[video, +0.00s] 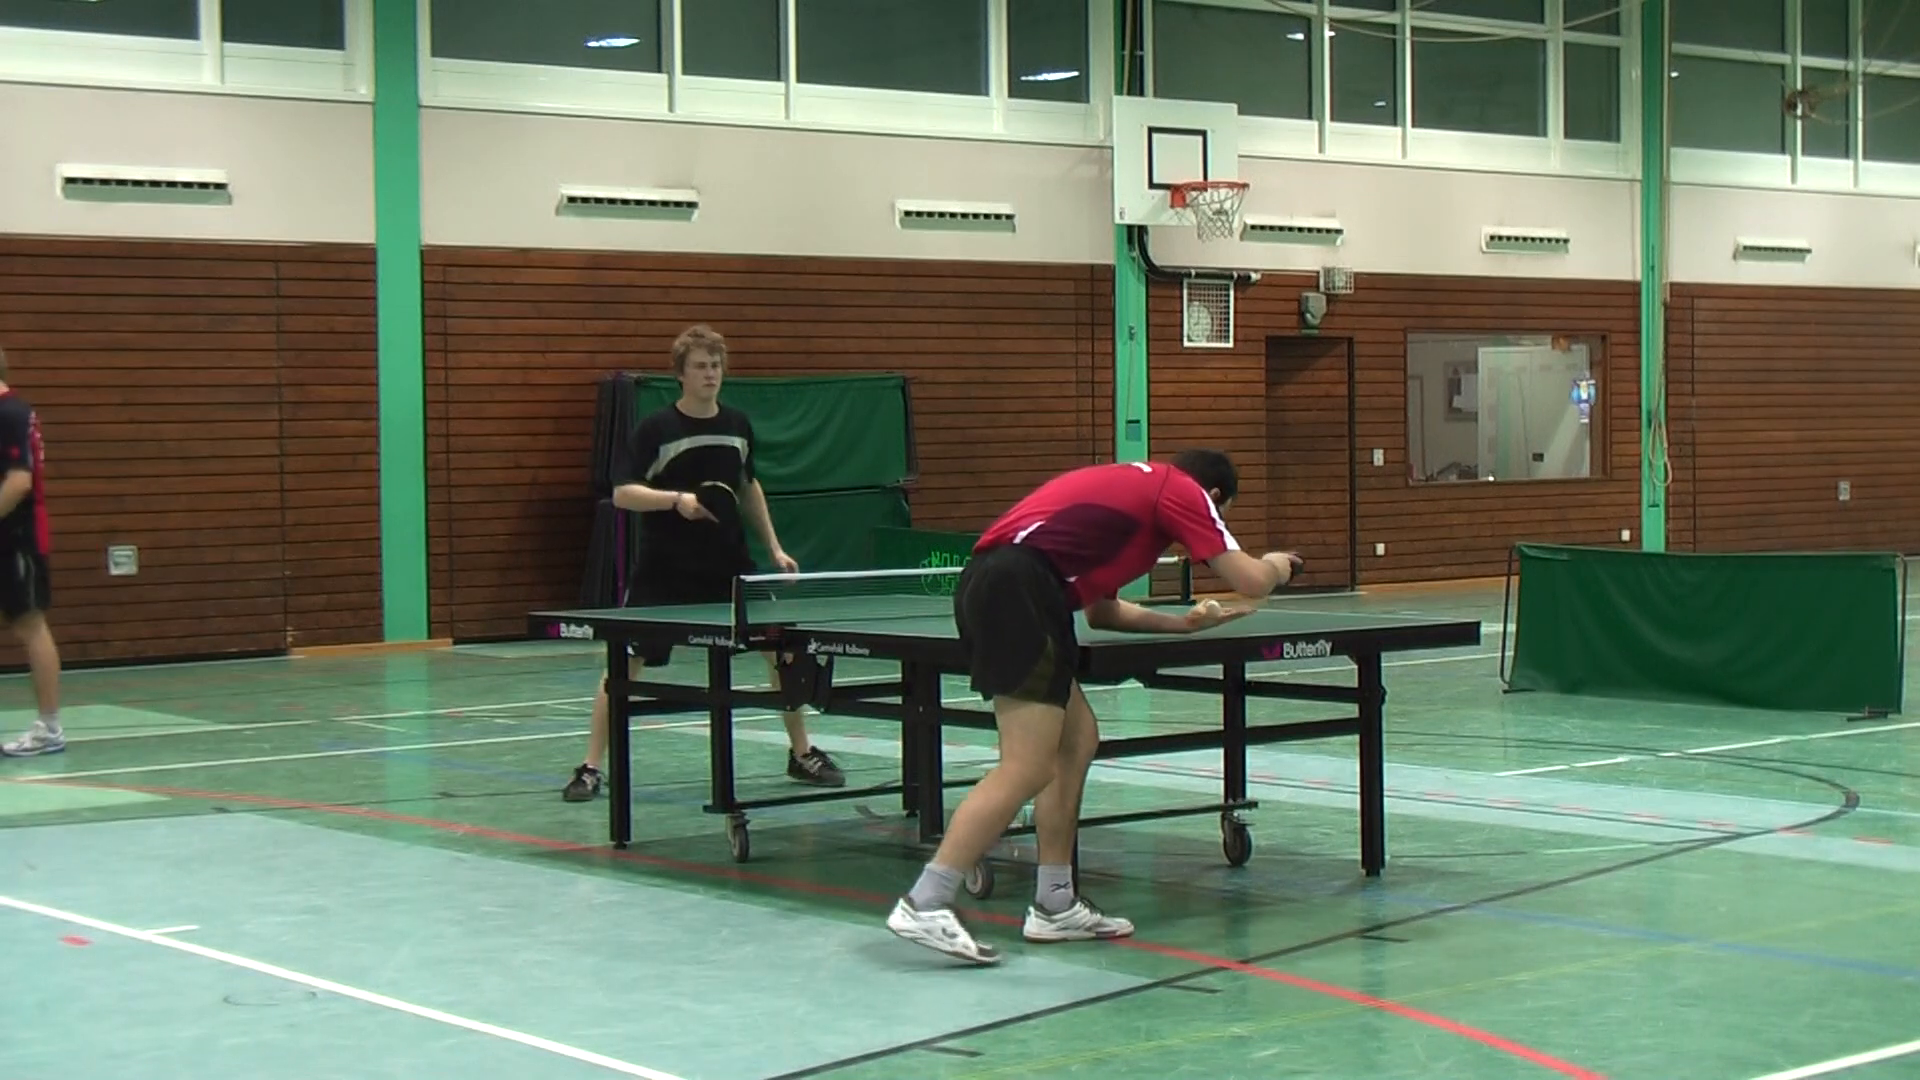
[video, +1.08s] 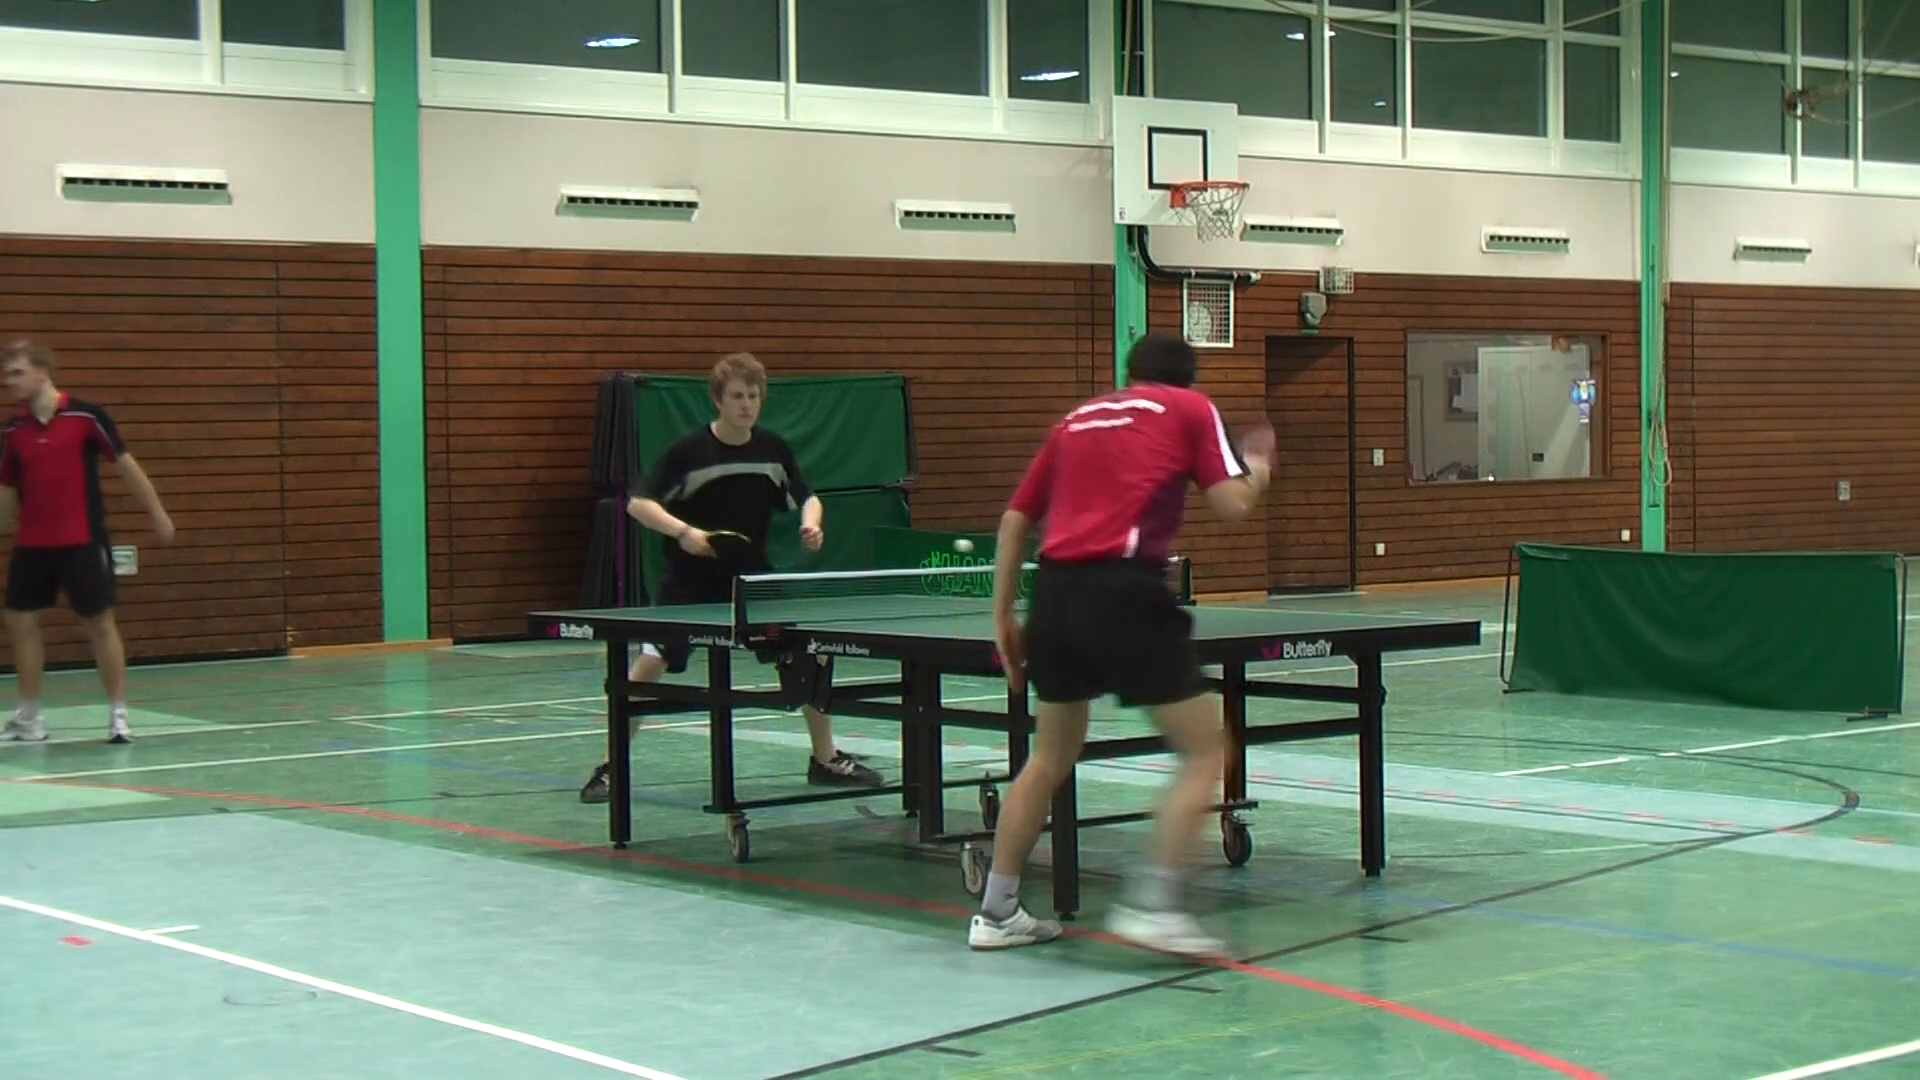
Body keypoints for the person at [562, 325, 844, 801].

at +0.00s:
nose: (710, 374)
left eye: (716, 366)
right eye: (701, 367)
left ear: (723, 371)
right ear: (680, 372)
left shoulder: (737, 424)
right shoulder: (655, 429)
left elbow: (748, 486)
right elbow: (622, 493)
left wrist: (774, 547)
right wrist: (674, 498)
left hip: (730, 570)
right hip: (664, 573)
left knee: (782, 644)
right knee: (624, 665)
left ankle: (802, 752)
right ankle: (592, 766)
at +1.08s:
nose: (746, 403)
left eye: (753, 395)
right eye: (736, 395)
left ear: (762, 399)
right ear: (717, 399)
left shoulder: (774, 449)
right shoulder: (689, 450)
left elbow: (809, 500)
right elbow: (639, 504)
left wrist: (811, 523)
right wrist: (682, 531)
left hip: (755, 582)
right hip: (692, 582)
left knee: (809, 656)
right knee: (652, 662)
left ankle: (826, 757)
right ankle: (611, 764)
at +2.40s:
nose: (488, 442)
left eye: (496, 432)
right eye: (481, 435)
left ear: (518, 431)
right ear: (473, 441)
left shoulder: (561, 476)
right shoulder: (474, 498)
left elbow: (624, 502)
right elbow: (423, 543)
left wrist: (672, 547)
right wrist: (361, 568)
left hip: (587, 597)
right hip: (518, 601)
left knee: (648, 670)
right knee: (464, 663)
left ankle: (710, 752)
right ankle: (427, 776)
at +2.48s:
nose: (440, 440)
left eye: (449, 430)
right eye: (434, 432)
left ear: (473, 430)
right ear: (429, 436)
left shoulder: (515, 472)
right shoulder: (429, 493)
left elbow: (582, 494)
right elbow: (387, 548)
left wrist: (649, 519)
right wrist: (351, 534)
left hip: (542, 597)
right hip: (479, 604)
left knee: (607, 667)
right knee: (430, 657)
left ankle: (670, 746)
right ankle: (424, 775)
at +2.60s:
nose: (427, 406)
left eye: (434, 396)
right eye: (419, 398)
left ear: (447, 397)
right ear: (405, 401)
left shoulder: (481, 440)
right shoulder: (396, 453)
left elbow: (539, 462)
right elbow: (361, 511)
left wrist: (591, 473)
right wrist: (386, 481)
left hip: (497, 575)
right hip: (437, 581)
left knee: (549, 663)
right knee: (405, 656)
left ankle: (568, 747)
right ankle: (422, 771)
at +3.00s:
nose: (346, 369)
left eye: (352, 360)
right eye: (347, 360)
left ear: (376, 363)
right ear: (373, 364)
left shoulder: (434, 413)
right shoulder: (349, 418)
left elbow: (490, 466)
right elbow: (324, 475)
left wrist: (474, 537)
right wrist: (332, 484)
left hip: (413, 559)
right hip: (359, 557)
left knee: (399, 657)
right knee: (359, 650)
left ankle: (383, 747)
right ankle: (361, 761)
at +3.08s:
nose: (337, 364)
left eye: (341, 355)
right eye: (338, 355)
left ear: (362, 360)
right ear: (368, 358)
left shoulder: (418, 415)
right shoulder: (348, 414)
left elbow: (467, 468)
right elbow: (334, 470)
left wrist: (457, 543)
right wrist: (324, 479)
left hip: (399, 558)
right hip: (345, 554)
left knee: (387, 656)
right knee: (339, 649)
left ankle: (381, 754)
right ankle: (333, 758)